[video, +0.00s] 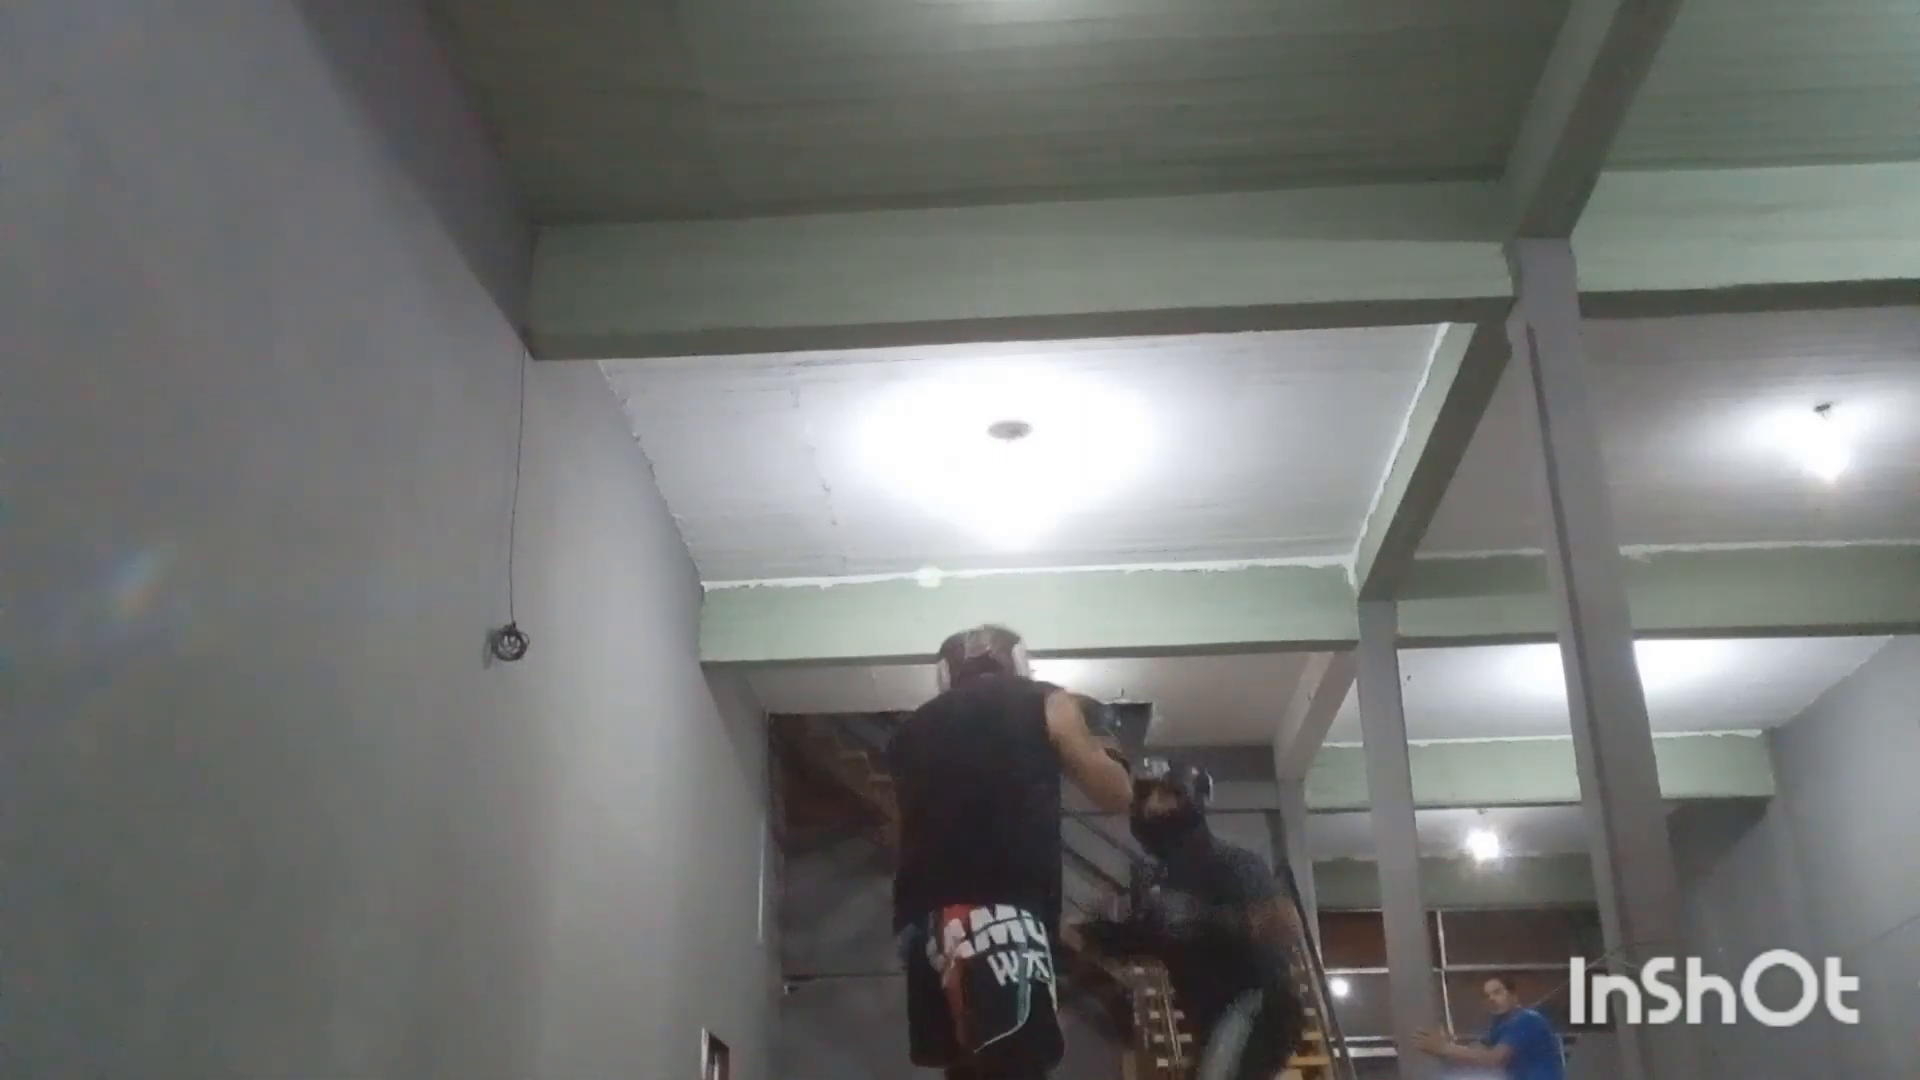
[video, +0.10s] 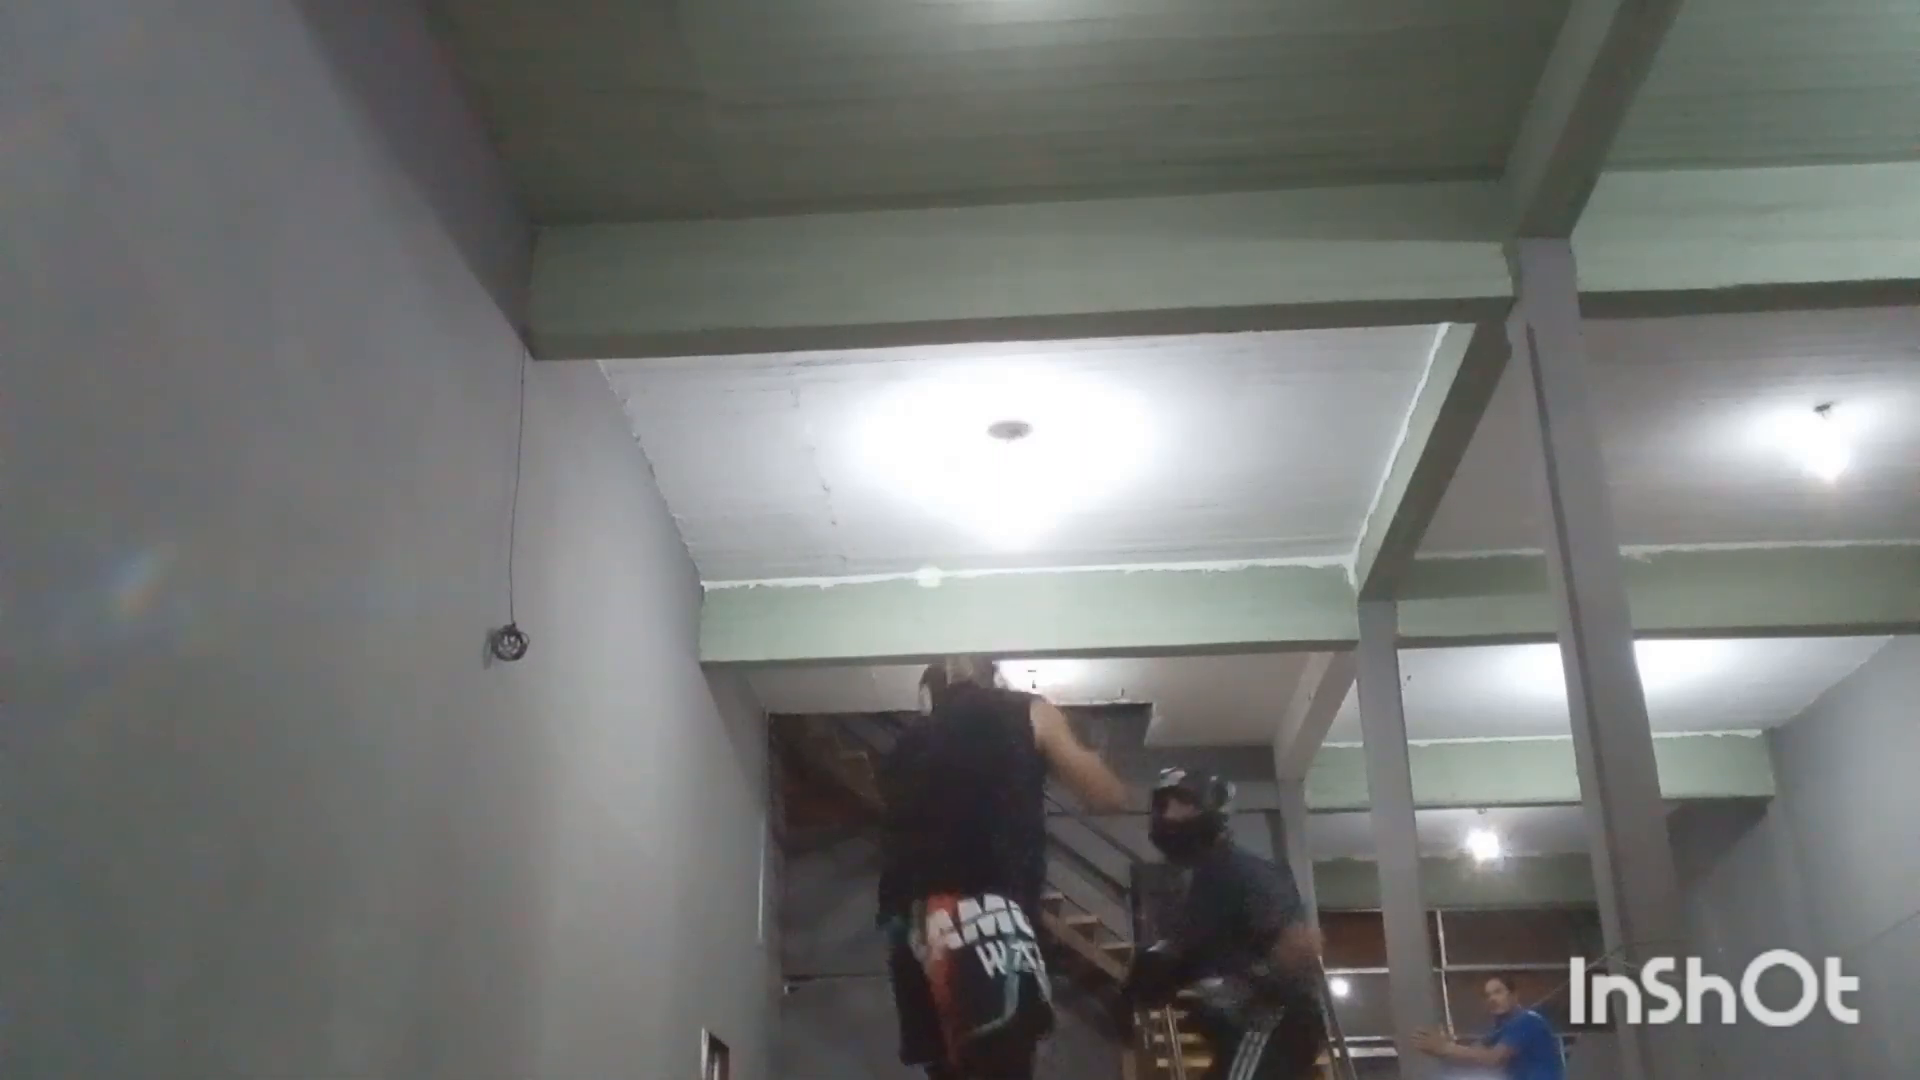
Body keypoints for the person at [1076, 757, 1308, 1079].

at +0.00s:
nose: (1153, 808)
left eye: (1168, 795)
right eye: (1145, 796)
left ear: (1195, 802)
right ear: (1134, 807)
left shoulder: (1240, 866)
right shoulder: (1147, 873)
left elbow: (1282, 932)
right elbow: (1152, 938)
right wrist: (1091, 935)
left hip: (1252, 998)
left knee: (1215, 1069)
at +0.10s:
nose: (1168, 816)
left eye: (1184, 803)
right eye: (1162, 805)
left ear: (1211, 810)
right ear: (1153, 811)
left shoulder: (1253, 874)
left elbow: (1297, 952)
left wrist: (1238, 989)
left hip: (1278, 1015)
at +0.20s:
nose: (1194, 808)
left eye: (1209, 794)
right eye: (1188, 796)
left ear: (1238, 799)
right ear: (1180, 807)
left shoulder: (1283, 857)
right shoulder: (1210, 876)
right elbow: (1176, 936)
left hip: (1301, 1016)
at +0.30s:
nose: (1214, 797)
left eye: (1226, 781)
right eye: (1207, 785)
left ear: (1255, 786)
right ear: (1200, 794)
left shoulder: (1298, 834)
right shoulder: (1230, 860)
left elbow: (1370, 875)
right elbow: (1225, 941)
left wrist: (1327, 936)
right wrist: (1206, 915)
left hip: (1326, 991)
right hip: (1285, 997)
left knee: (1282, 1073)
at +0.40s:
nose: (1234, 805)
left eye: (1246, 792)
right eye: (1227, 794)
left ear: (1272, 794)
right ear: (1220, 803)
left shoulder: (1316, 841)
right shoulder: (1247, 868)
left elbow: (1391, 880)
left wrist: (1359, 934)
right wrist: (1237, 933)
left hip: (1345, 997)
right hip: (1301, 1001)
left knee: (1311, 1072)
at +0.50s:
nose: (1247, 838)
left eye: (1259, 826)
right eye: (1242, 828)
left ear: (1287, 828)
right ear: (1234, 835)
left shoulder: (1327, 878)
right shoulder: (1269, 893)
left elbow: (1401, 928)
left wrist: (1346, 972)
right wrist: (1248, 965)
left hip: (1375, 1022)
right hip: (1327, 1030)